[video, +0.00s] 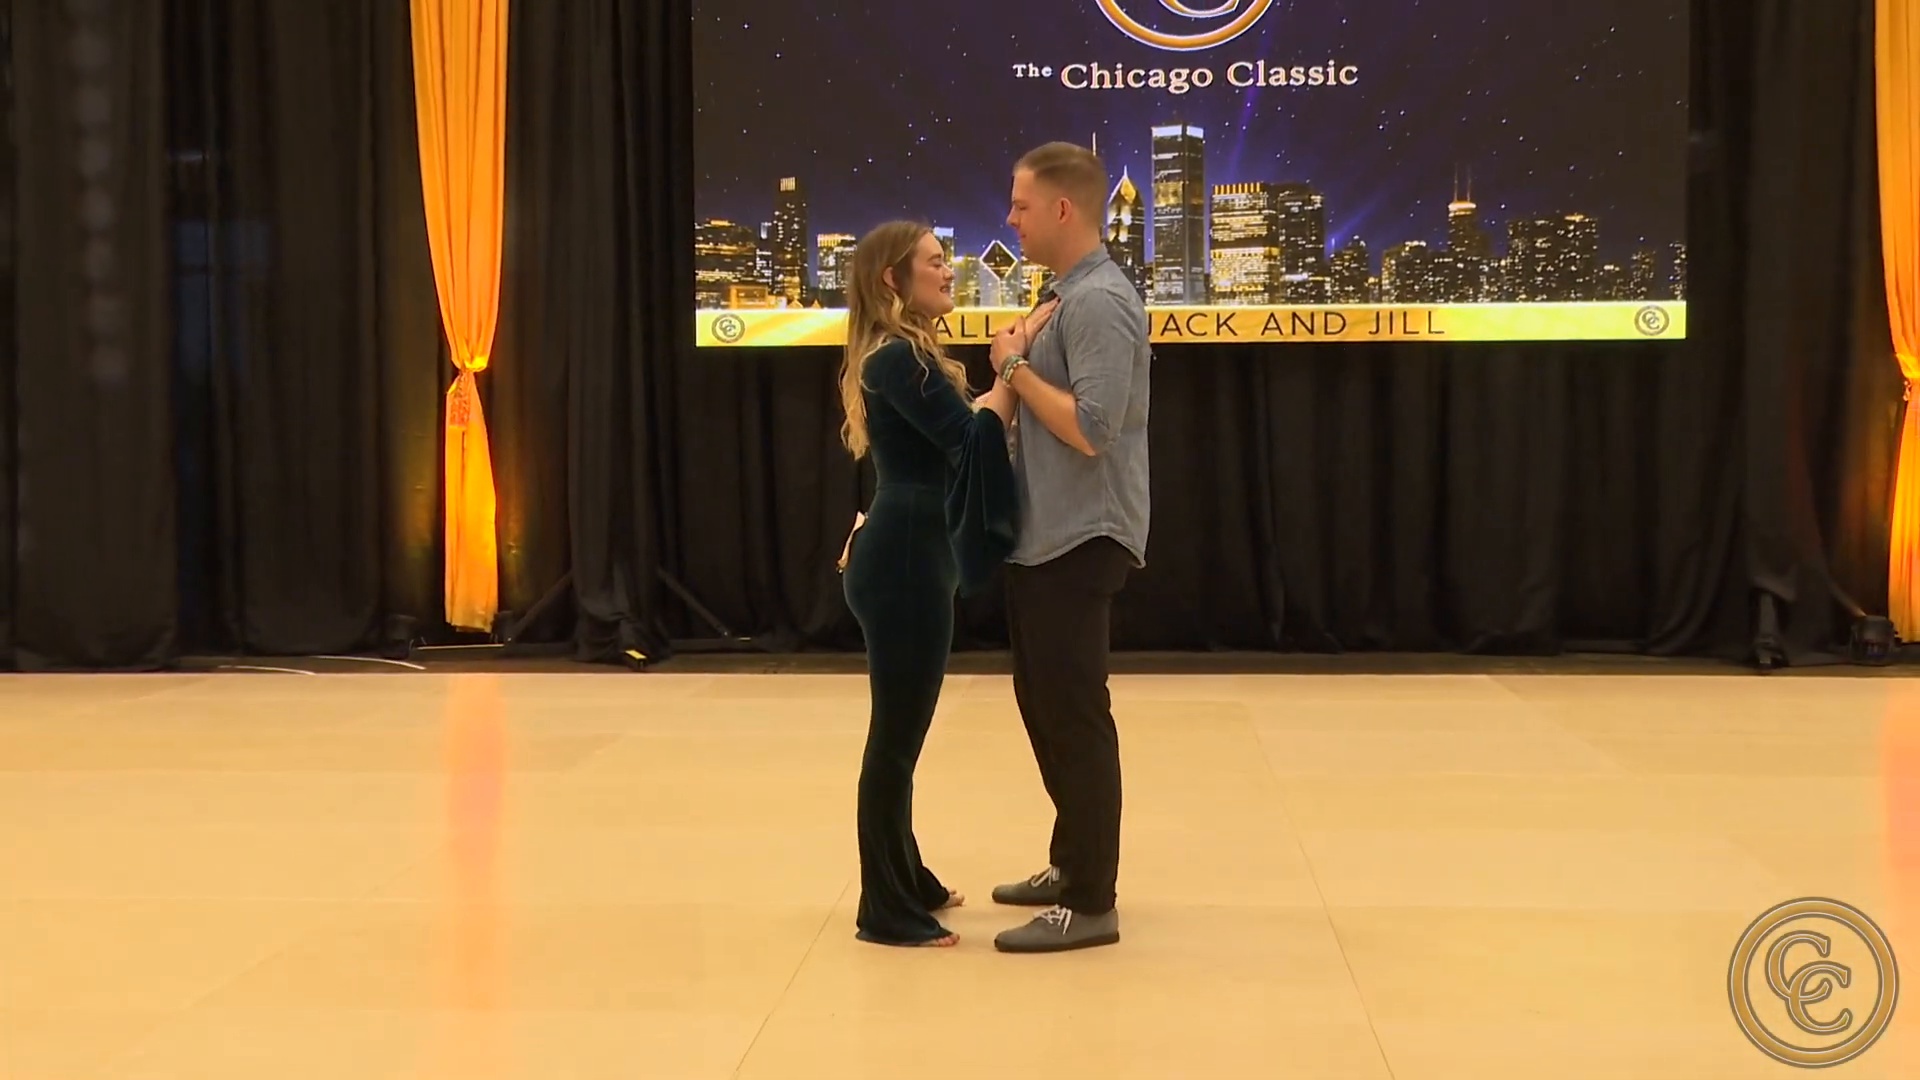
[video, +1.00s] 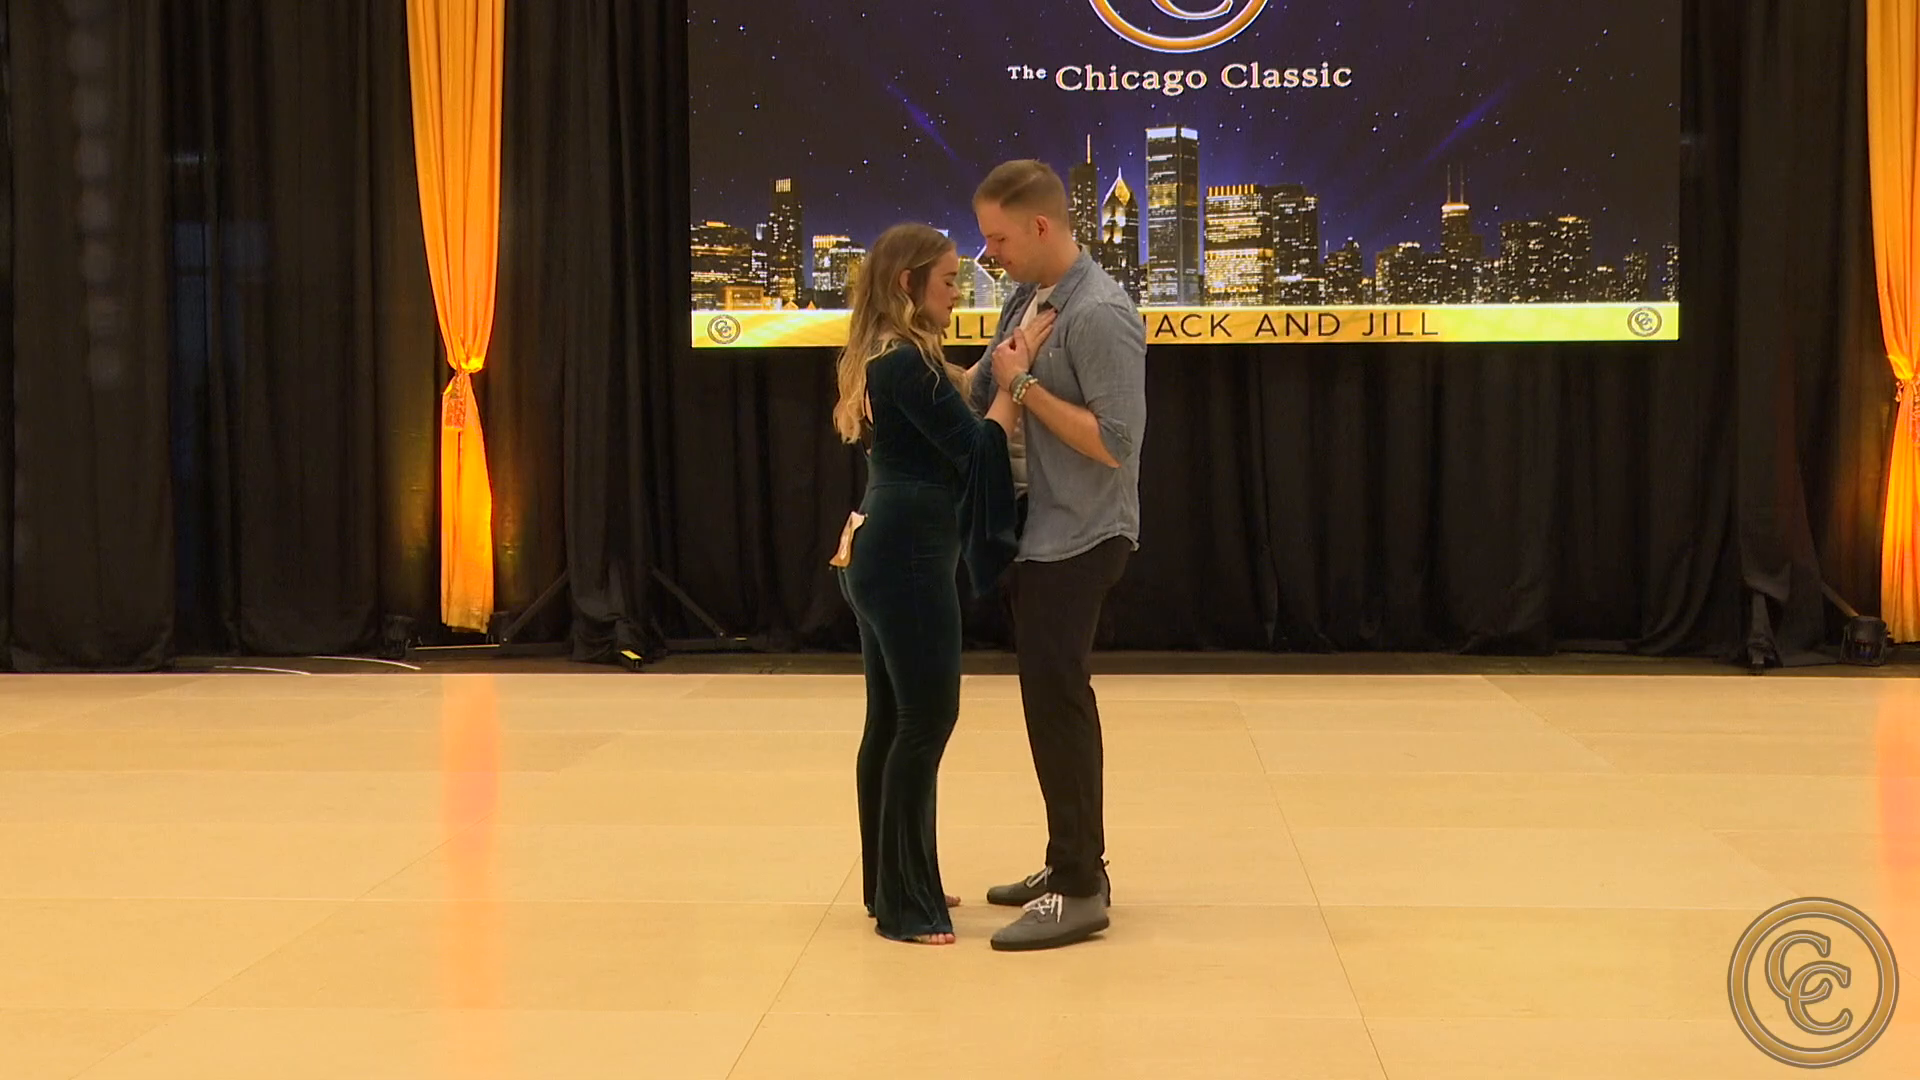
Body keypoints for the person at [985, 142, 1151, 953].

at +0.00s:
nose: (1012, 222)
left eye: (1021, 207)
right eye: (1013, 207)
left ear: (1065, 210)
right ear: (1065, 210)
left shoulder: (1100, 300)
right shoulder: (1065, 300)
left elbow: (1091, 431)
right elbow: (1035, 413)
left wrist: (1016, 368)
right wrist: (1018, 363)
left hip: (1082, 536)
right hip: (1047, 535)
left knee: (1076, 709)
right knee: (1045, 703)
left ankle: (1092, 905)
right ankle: (1075, 870)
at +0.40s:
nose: (1005, 239)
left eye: (1013, 224)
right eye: (1004, 225)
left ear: (1060, 222)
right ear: (1054, 224)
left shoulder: (1101, 311)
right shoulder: (1044, 307)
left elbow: (1104, 443)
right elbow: (1006, 410)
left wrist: (1019, 379)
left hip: (1076, 538)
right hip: (1042, 534)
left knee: (1037, 701)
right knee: (1049, 699)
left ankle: (1081, 891)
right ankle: (1073, 867)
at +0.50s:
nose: (1003, 242)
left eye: (1011, 227)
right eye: (1001, 228)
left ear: (1058, 223)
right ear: (1047, 225)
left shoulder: (1102, 312)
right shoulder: (1038, 306)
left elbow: (1108, 444)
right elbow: (1001, 409)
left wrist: (1021, 379)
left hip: (1078, 535)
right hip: (1042, 530)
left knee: (1032, 692)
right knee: (1059, 695)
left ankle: (1073, 883)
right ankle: (1077, 866)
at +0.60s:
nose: (999, 246)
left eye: (1006, 231)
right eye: (996, 232)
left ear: (1053, 223)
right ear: (1046, 227)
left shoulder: (1101, 313)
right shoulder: (1036, 308)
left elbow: (1109, 443)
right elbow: (993, 406)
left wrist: (1022, 379)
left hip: (1080, 536)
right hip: (1044, 532)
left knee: (1043, 701)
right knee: (1062, 698)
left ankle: (1070, 887)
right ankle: (1079, 865)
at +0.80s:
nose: (992, 253)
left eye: (999, 238)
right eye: (988, 240)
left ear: (1045, 225)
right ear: (1034, 231)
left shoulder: (1098, 312)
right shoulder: (1027, 306)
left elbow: (1108, 444)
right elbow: (980, 404)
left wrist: (1020, 381)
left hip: (1079, 539)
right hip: (1035, 533)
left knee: (1067, 711)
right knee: (1053, 707)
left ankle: (1069, 890)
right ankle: (1077, 864)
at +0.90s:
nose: (993, 256)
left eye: (998, 241)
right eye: (988, 243)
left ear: (1044, 226)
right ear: (1033, 231)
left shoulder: (1098, 312)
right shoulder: (1027, 306)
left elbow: (1110, 445)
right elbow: (979, 404)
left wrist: (1021, 383)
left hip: (1081, 537)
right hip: (1037, 532)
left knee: (1063, 704)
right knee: (1050, 702)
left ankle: (1071, 887)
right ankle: (1074, 863)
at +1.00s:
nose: (992, 257)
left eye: (997, 241)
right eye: (988, 243)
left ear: (1043, 227)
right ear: (1038, 231)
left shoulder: (1099, 311)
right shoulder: (1032, 305)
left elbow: (1113, 445)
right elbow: (979, 398)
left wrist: (1024, 385)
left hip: (1084, 532)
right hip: (1045, 527)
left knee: (1058, 699)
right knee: (1051, 698)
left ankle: (1081, 892)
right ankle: (1071, 867)